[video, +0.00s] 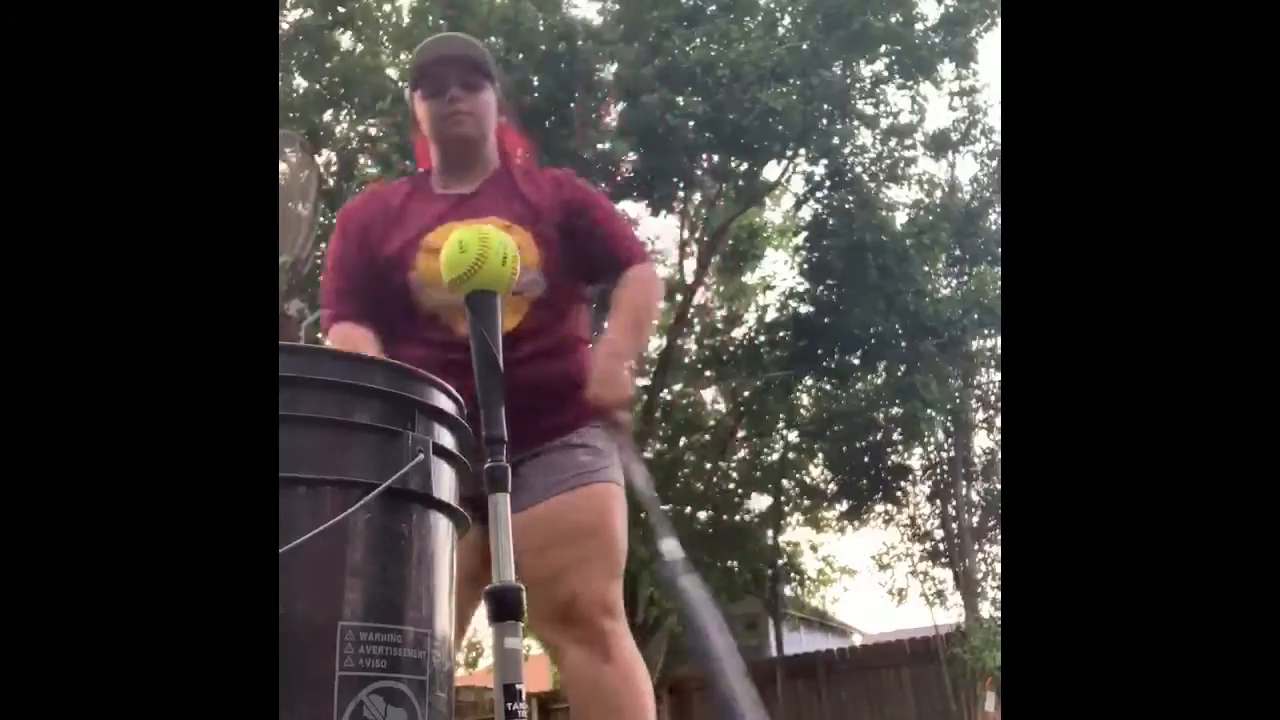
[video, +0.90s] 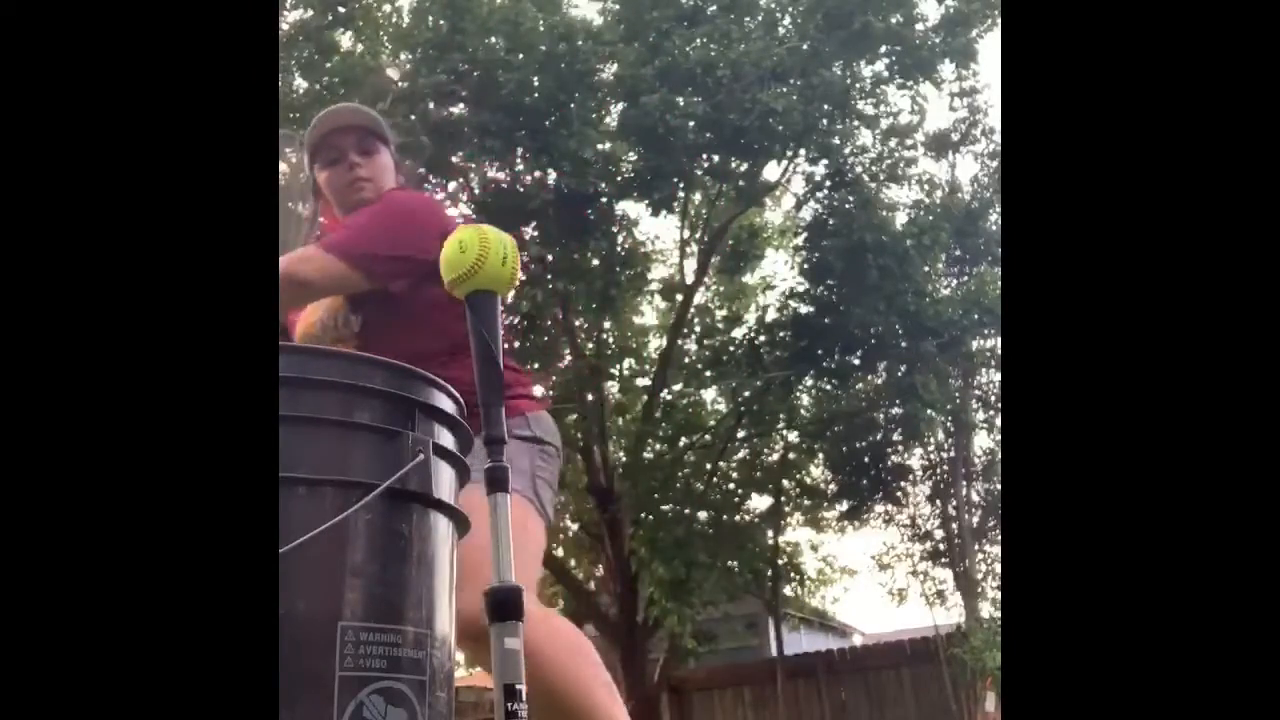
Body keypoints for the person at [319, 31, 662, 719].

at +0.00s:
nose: (455, 97)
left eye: (471, 84)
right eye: (437, 88)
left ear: (497, 101)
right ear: (416, 111)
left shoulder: (555, 194)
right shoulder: (370, 215)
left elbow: (639, 272)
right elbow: (347, 325)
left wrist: (615, 356)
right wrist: (380, 412)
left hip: (556, 442)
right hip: (433, 451)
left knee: (591, 623)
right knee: (410, 642)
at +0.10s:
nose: (431, 107)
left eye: (446, 93)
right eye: (412, 99)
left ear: (474, 111)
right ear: (393, 126)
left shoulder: (528, 198)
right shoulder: (353, 229)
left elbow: (591, 281)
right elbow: (324, 348)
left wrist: (522, 377)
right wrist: (337, 432)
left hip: (549, 426)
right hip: (427, 444)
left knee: (588, 618)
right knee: (401, 633)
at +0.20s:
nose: (417, 113)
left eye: (432, 99)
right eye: (398, 107)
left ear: (462, 118)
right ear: (382, 135)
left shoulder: (514, 195)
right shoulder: (350, 233)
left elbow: (542, 287)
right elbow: (317, 356)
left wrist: (431, 373)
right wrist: (318, 433)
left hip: (537, 428)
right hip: (419, 447)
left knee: (576, 629)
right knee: (390, 637)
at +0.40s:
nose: (410, 123)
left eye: (424, 110)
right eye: (392, 118)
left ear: (453, 124)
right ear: (377, 145)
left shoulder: (494, 186)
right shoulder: (361, 247)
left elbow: (513, 261)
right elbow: (344, 341)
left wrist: (387, 320)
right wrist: (322, 350)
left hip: (534, 424)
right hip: (424, 441)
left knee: (574, 630)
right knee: (401, 637)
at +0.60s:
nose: (399, 133)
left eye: (414, 118)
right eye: (381, 126)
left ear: (442, 131)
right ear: (366, 154)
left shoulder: (480, 180)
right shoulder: (366, 249)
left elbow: (434, 228)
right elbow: (351, 341)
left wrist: (309, 276)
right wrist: (294, 319)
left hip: (531, 425)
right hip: (430, 443)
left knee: (571, 631)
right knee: (392, 636)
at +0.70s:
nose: (385, 141)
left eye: (400, 126)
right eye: (366, 135)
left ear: (426, 139)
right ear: (350, 165)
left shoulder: (457, 188)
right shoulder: (337, 264)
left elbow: (381, 236)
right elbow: (292, 327)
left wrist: (287, 264)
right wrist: (277, 324)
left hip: (520, 426)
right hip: (415, 449)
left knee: (558, 628)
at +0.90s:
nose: (352, 164)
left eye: (367, 149)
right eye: (332, 157)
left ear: (394, 161)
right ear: (318, 185)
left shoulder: (412, 212)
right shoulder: (325, 250)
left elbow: (290, 276)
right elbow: (294, 335)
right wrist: (313, 317)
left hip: (499, 422)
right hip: (415, 440)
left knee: (487, 605)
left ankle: (611, 716)